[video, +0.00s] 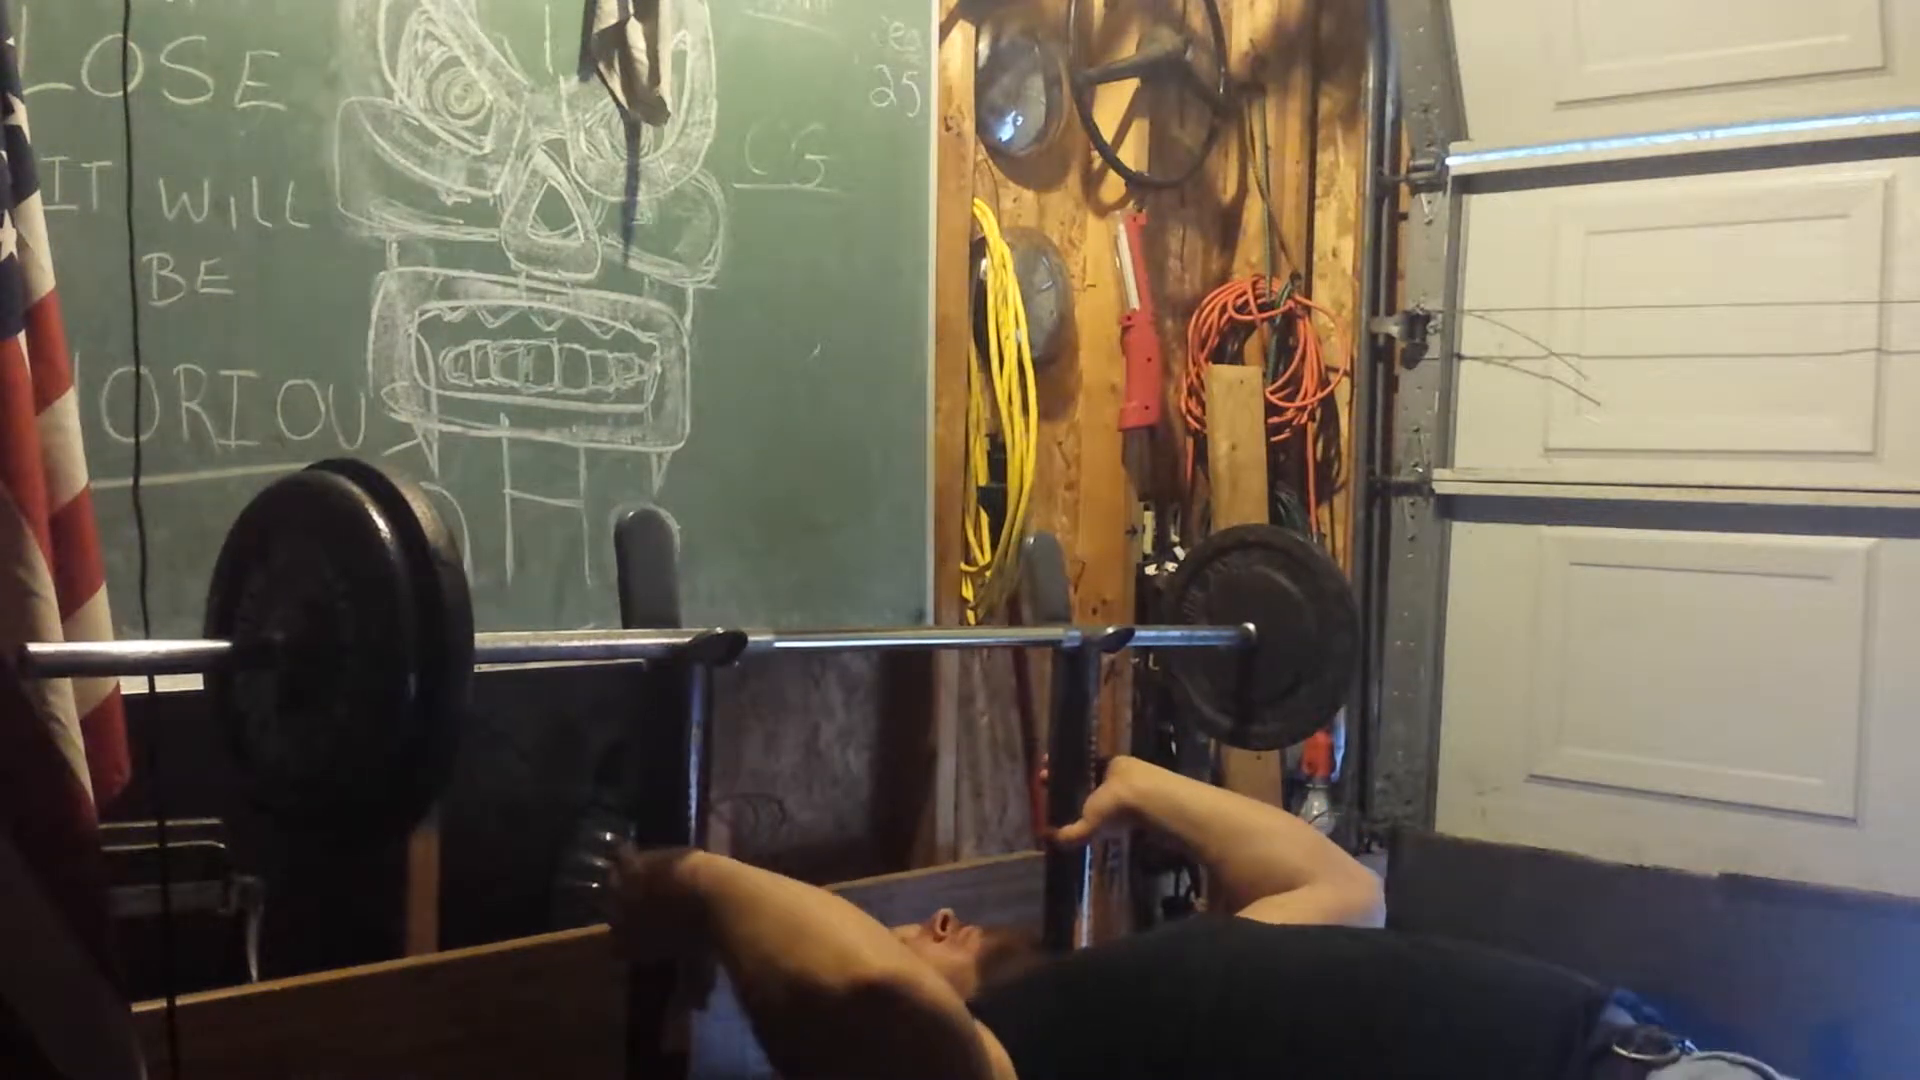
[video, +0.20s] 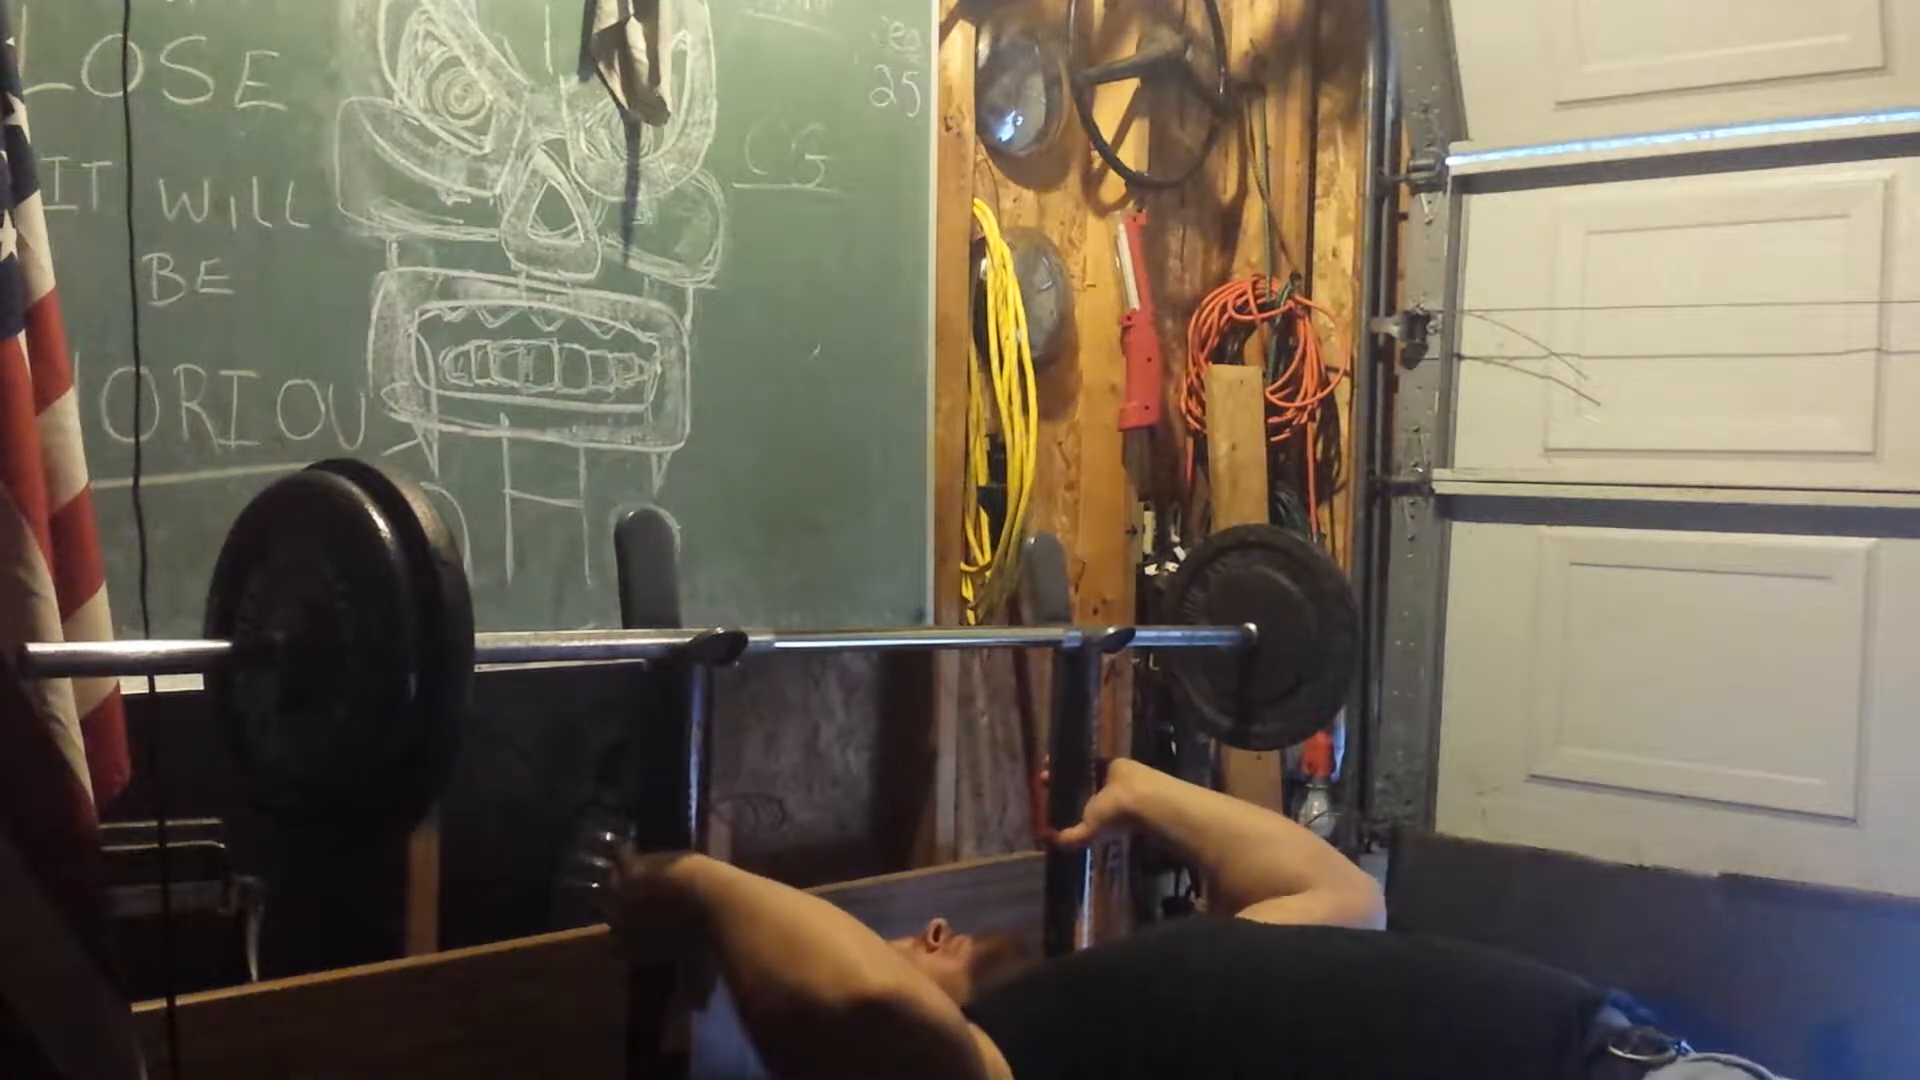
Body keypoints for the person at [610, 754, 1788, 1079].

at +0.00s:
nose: (933, 921)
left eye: (922, 912)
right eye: (901, 941)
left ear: (958, 925)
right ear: (892, 998)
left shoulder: (1187, 965)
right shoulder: (986, 1060)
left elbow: (1329, 874)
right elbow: (874, 993)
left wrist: (1144, 785)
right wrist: (695, 878)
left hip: (1674, 1045)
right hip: (1586, 1073)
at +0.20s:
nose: (929, 939)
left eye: (922, 931)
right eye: (896, 954)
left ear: (956, 943)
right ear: (877, 1013)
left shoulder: (1184, 971)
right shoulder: (984, 1059)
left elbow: (1330, 882)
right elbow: (857, 1001)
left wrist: (1149, 792)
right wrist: (697, 882)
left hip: (1667, 1048)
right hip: (1584, 1068)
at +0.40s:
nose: (922, 935)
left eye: (914, 929)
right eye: (892, 957)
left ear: (952, 938)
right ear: (888, 1016)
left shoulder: (1175, 969)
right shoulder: (996, 1060)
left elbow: (1330, 888)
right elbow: (867, 1013)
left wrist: (1151, 796)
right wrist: (697, 888)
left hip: (1665, 1045)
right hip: (1577, 1067)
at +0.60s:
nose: (925, 941)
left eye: (913, 934)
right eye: (894, 960)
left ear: (945, 941)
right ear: (890, 1016)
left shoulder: (1168, 966)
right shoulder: (994, 1061)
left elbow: (1339, 900)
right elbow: (856, 1015)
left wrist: (1154, 796)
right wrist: (712, 890)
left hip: (1650, 1043)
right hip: (1565, 1068)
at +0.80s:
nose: (919, 950)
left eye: (918, 944)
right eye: (892, 973)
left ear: (977, 949)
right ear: (894, 1032)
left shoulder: (1167, 968)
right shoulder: (973, 1064)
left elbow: (1345, 904)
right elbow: (851, 1046)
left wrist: (1160, 798)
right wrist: (693, 881)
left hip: (1643, 1042)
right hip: (1558, 1072)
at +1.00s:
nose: (925, 946)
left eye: (915, 945)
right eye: (892, 971)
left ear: (963, 956)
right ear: (878, 1034)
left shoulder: (1156, 975)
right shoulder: (946, 1068)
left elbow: (1333, 891)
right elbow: (806, 1021)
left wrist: (1176, 749)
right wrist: (656, 812)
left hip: (1639, 1044)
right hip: (1544, 1076)